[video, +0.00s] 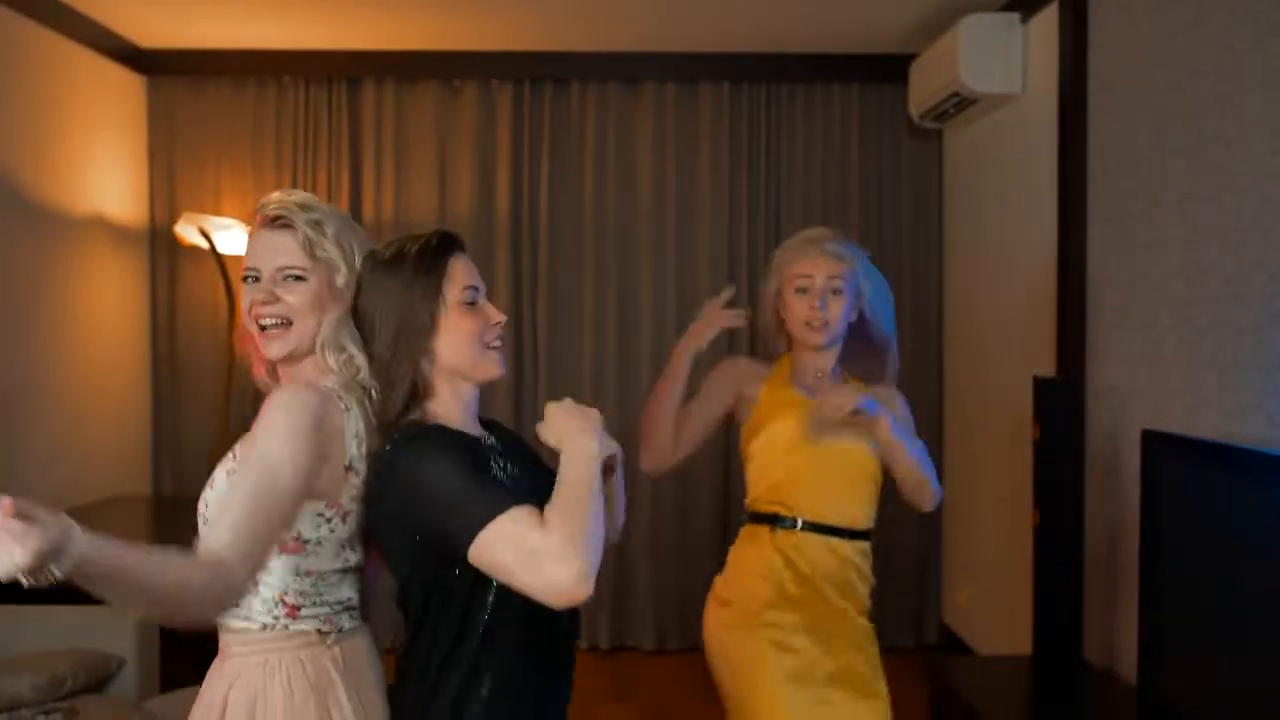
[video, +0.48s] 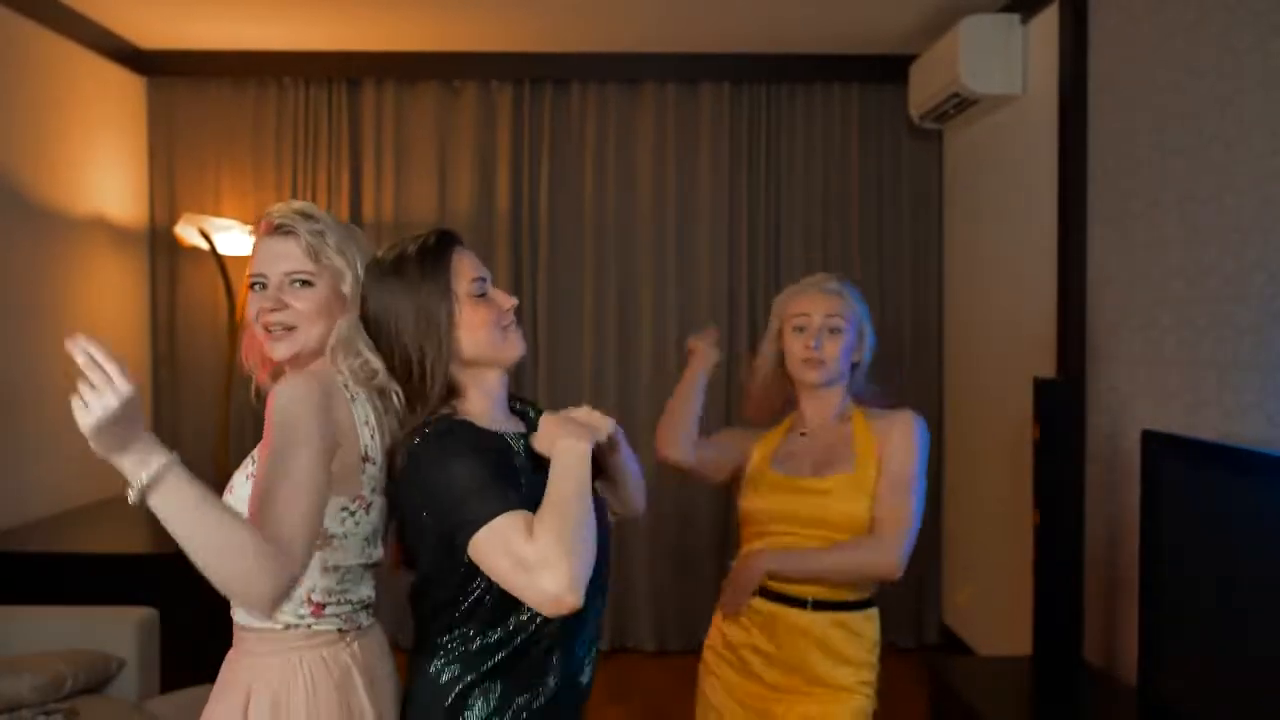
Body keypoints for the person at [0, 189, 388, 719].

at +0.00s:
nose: (264, 297)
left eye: (293, 277)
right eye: (253, 277)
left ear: (345, 292)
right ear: (241, 287)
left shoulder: (301, 407)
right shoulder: (346, 402)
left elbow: (214, 586)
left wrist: (71, 549)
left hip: (280, 676)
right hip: (337, 659)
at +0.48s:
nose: (272, 303)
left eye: (300, 283)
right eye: (259, 285)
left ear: (350, 296)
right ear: (247, 297)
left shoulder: (306, 393)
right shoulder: (366, 392)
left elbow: (263, 580)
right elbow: (371, 558)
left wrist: (137, 451)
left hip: (288, 671)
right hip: (357, 652)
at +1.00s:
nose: (275, 309)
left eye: (305, 291)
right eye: (265, 289)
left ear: (356, 306)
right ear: (252, 303)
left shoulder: (310, 413)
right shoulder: (363, 407)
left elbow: (273, 607)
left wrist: (176, 714)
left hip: (306, 674)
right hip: (362, 659)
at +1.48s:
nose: (279, 280)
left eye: (309, 262)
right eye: (267, 262)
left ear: (359, 280)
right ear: (255, 276)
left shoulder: (299, 360)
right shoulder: (371, 362)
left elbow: (316, 571)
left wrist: (273, 710)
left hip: (320, 657)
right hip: (376, 639)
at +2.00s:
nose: (296, 310)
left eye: (327, 293)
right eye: (285, 292)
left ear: (377, 309)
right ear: (272, 304)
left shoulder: (328, 395)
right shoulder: (387, 396)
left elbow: (274, 586)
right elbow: (320, 491)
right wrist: (243, 551)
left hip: (327, 688)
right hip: (386, 673)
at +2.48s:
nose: (297, 282)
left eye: (327, 264)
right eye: (287, 264)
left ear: (374, 280)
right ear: (275, 277)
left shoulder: (347, 358)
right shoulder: (368, 361)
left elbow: (334, 415)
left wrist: (328, 456)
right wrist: (283, 534)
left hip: (317, 658)